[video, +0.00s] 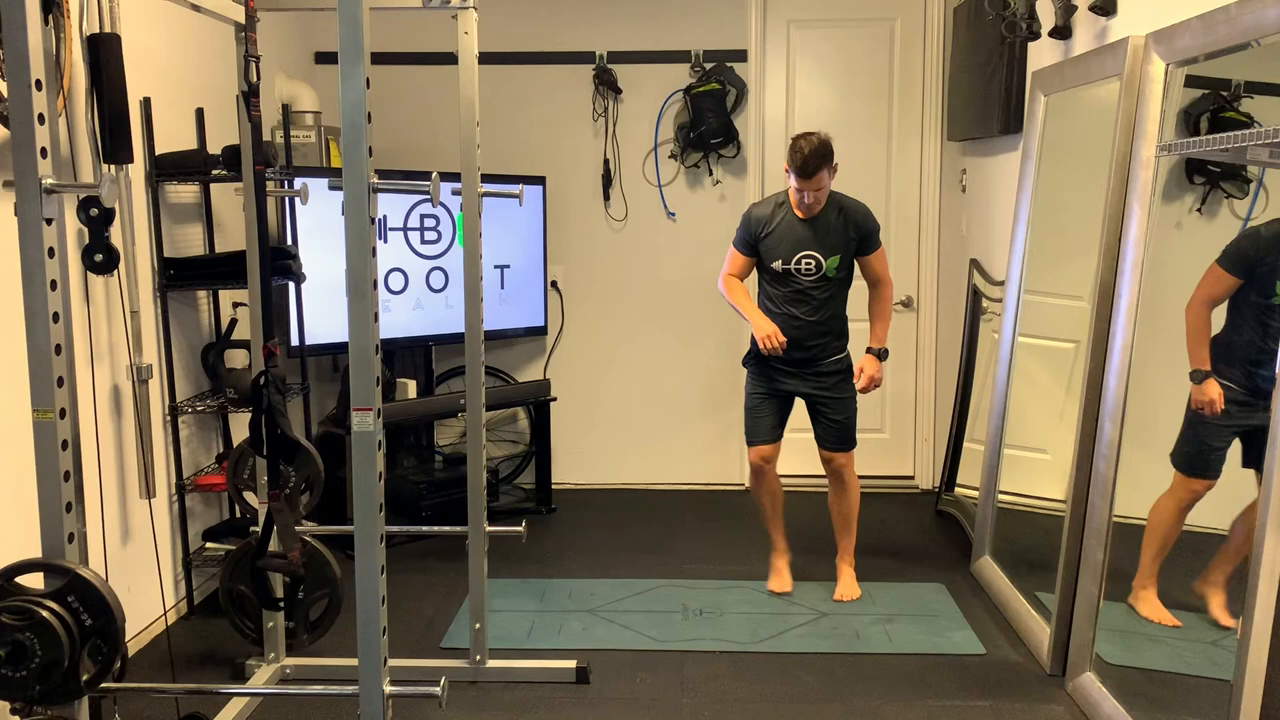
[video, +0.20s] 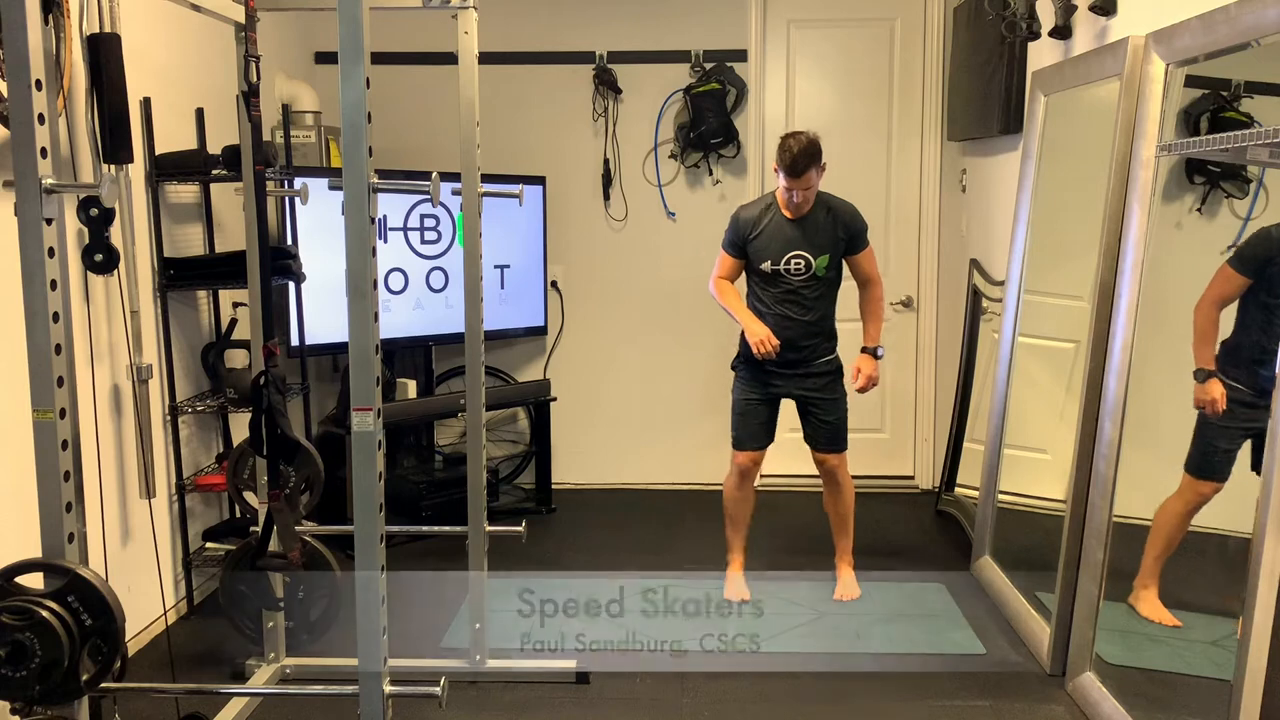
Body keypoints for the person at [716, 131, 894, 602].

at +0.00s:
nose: (808, 198)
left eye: (817, 190)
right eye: (800, 189)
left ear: (833, 177)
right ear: (787, 175)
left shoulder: (855, 220)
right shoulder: (761, 218)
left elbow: (880, 284)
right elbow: (729, 279)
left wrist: (876, 350)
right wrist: (757, 319)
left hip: (830, 363)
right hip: (770, 363)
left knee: (839, 464)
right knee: (760, 459)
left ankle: (846, 565)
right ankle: (779, 553)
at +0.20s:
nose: (796, 198)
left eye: (806, 189)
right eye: (789, 188)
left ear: (821, 176)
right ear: (775, 173)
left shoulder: (843, 220)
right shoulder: (748, 220)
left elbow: (870, 283)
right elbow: (720, 282)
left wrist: (871, 349)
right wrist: (749, 321)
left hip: (819, 364)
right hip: (759, 365)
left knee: (833, 465)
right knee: (744, 464)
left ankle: (845, 566)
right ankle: (734, 567)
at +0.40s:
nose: (780, 196)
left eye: (788, 186)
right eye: (771, 187)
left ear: (802, 175)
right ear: (756, 175)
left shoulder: (823, 220)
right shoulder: (728, 226)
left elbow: (846, 284)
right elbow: (694, 288)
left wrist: (850, 350)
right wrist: (725, 332)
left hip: (808, 365)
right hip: (748, 367)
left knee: (830, 463)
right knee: (738, 469)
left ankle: (844, 562)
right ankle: (735, 569)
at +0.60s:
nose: (785, 193)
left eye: (794, 183)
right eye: (776, 183)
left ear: (806, 172)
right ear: (759, 172)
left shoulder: (824, 221)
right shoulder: (729, 228)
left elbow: (843, 285)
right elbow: (694, 289)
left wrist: (846, 351)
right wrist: (714, 335)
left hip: (809, 366)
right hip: (749, 369)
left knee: (830, 466)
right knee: (740, 472)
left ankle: (850, 578)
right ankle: (735, 566)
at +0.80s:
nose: (807, 196)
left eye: (816, 185)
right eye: (797, 185)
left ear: (828, 178)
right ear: (781, 176)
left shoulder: (846, 228)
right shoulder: (750, 233)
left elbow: (869, 291)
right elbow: (713, 295)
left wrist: (868, 360)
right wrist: (736, 342)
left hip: (825, 371)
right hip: (764, 372)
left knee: (841, 474)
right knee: (747, 474)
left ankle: (858, 588)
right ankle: (736, 565)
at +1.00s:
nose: (832, 207)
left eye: (842, 197)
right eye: (823, 197)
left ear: (855, 191)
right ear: (806, 190)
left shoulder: (875, 246)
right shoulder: (777, 247)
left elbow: (905, 312)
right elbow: (740, 316)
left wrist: (900, 384)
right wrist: (769, 364)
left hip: (851, 376)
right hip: (788, 375)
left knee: (859, 478)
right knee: (767, 473)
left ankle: (860, 592)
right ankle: (752, 558)